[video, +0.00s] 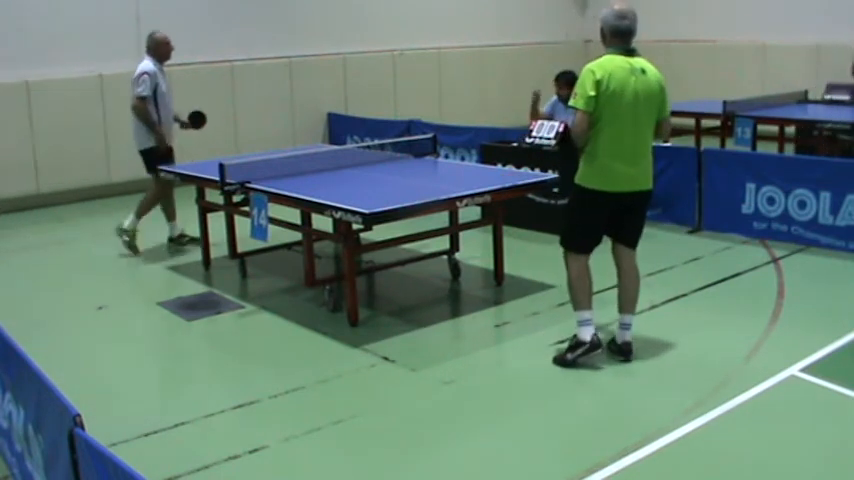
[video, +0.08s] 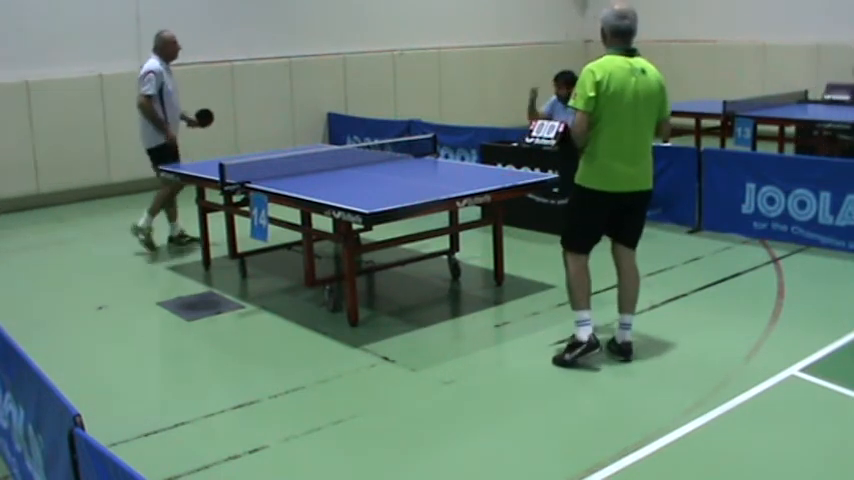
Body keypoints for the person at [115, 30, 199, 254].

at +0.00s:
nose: (171, 48)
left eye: (170, 44)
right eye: (166, 45)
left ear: (158, 48)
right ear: (155, 48)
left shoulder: (157, 70)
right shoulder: (146, 72)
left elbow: (162, 105)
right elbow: (139, 106)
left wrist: (180, 121)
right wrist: (159, 136)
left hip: (161, 140)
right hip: (150, 142)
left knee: (166, 186)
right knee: (163, 185)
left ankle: (175, 232)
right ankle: (129, 226)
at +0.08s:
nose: (178, 48)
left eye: (177, 44)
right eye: (174, 44)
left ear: (165, 48)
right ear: (162, 47)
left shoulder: (164, 69)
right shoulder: (152, 70)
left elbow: (169, 104)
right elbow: (144, 103)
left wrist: (188, 120)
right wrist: (166, 131)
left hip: (166, 137)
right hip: (156, 139)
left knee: (169, 184)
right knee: (174, 181)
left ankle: (175, 231)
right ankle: (144, 224)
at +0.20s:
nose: (187, 46)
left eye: (185, 42)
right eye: (183, 42)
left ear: (172, 46)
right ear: (171, 46)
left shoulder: (172, 67)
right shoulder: (162, 69)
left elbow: (176, 103)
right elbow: (155, 102)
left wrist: (196, 116)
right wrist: (176, 129)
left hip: (173, 135)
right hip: (167, 136)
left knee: (174, 180)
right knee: (188, 177)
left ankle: (174, 227)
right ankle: (174, 227)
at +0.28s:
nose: (193, 46)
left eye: (192, 42)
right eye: (189, 43)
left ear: (179, 46)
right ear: (177, 46)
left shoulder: (178, 68)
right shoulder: (170, 69)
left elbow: (180, 102)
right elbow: (162, 103)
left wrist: (199, 115)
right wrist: (183, 128)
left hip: (179, 135)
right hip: (174, 137)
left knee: (177, 182)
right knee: (194, 181)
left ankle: (175, 230)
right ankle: (199, 232)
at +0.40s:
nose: (203, 49)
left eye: (202, 44)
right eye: (199, 45)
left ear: (187, 47)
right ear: (188, 47)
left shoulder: (187, 68)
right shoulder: (180, 71)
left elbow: (191, 101)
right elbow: (174, 102)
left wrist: (206, 119)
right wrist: (195, 128)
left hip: (188, 136)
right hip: (183, 138)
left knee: (182, 183)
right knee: (202, 185)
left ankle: (176, 231)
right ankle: (220, 229)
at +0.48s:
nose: (210, 49)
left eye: (209, 44)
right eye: (206, 44)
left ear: (192, 47)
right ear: (195, 48)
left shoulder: (187, 67)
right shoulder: (190, 72)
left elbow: (190, 104)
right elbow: (183, 104)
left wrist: (208, 123)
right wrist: (205, 129)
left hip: (184, 138)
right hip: (193, 139)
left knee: (182, 184)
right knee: (207, 187)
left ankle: (177, 230)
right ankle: (224, 229)